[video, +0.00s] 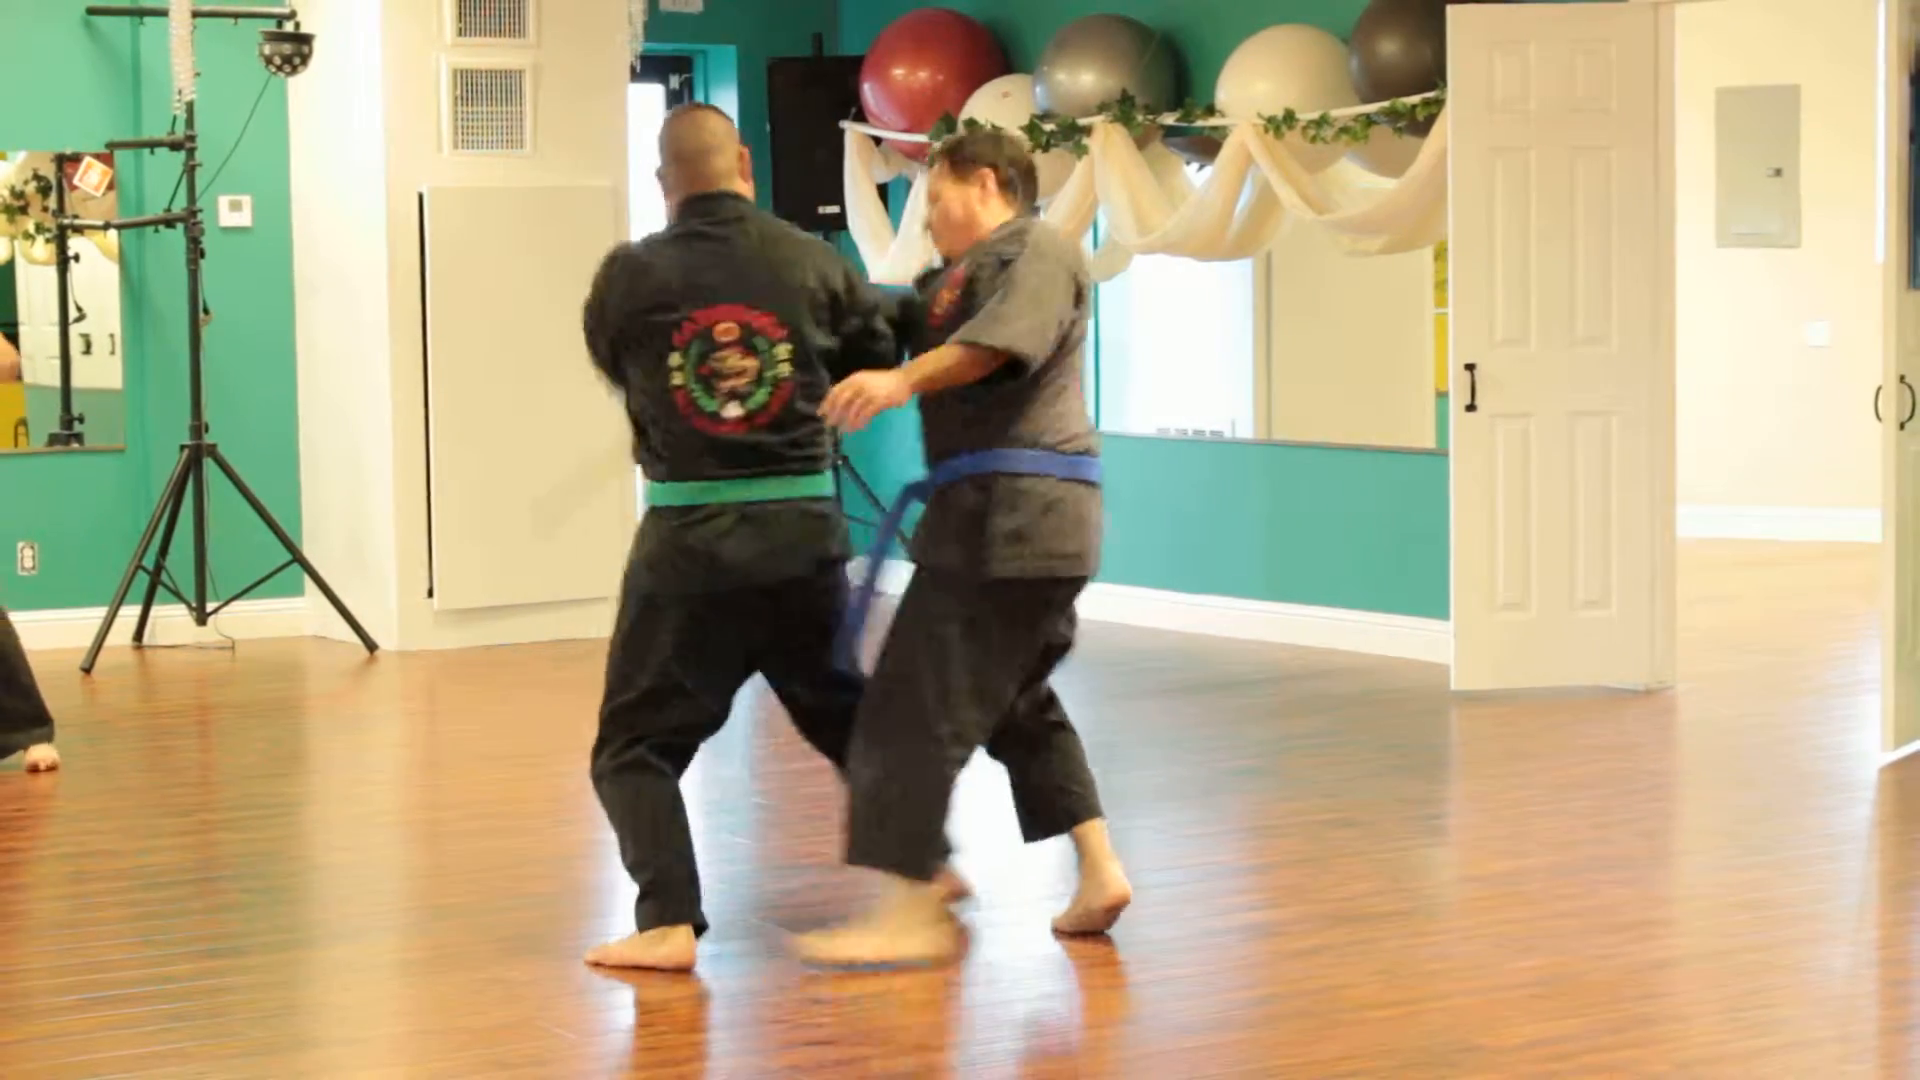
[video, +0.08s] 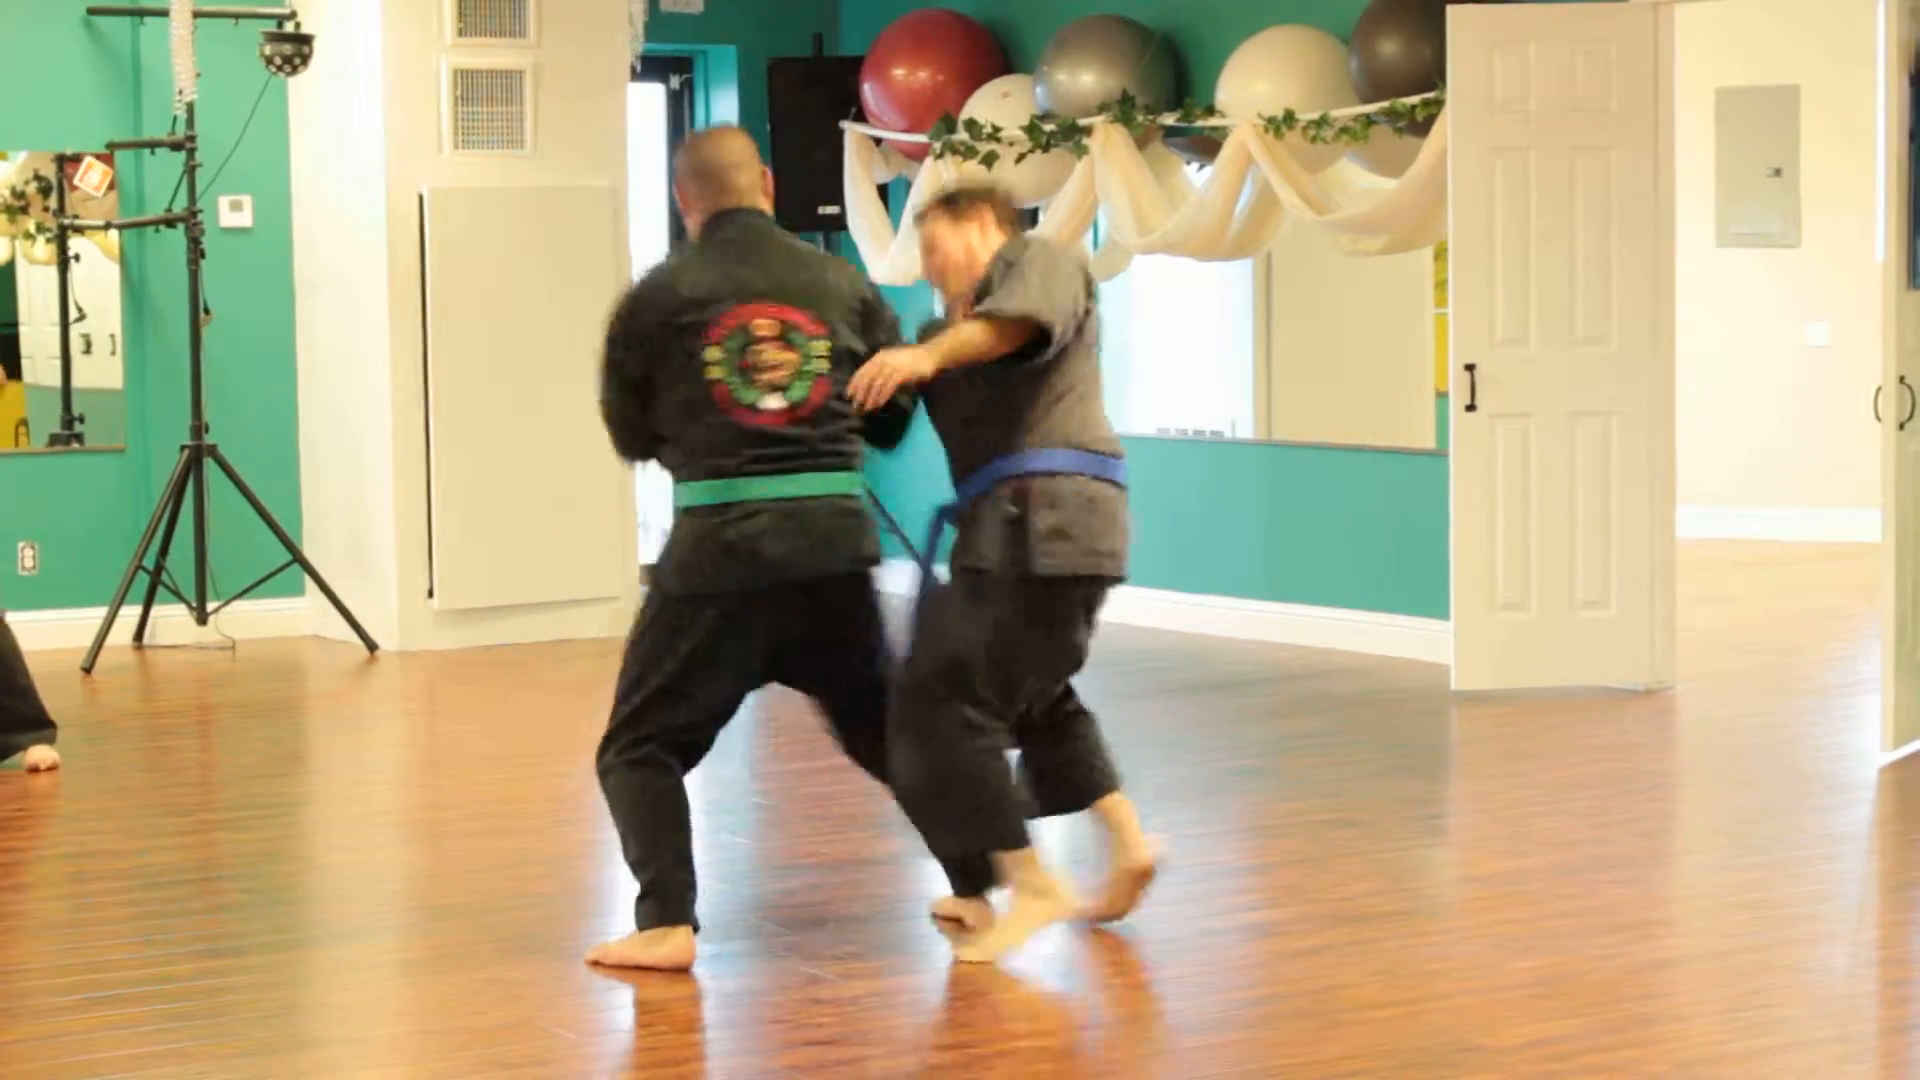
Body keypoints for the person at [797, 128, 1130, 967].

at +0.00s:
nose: (929, 218)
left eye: (937, 200)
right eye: (928, 203)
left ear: (985, 187)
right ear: (989, 191)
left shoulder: (1037, 248)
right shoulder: (961, 279)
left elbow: (1000, 339)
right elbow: (874, 323)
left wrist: (901, 381)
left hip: (1007, 513)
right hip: (1038, 515)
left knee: (914, 695)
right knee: (1014, 691)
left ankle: (907, 907)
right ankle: (1100, 865)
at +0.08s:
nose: (928, 258)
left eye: (934, 238)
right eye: (924, 244)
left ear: (982, 224)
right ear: (973, 229)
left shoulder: (1038, 256)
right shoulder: (970, 314)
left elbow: (1016, 321)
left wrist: (926, 355)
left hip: (1035, 519)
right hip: (1070, 523)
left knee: (938, 700)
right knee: (1034, 691)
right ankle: (1128, 841)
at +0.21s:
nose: (919, 370)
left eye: (926, 349)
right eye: (910, 360)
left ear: (967, 329)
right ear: (917, 362)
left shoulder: (1036, 359)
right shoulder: (942, 412)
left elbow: (1068, 335)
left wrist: (974, 330)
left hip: (1096, 565)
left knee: (977, 719)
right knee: (1041, 740)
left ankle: (1054, 914)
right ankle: (1225, 805)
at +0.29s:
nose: (935, 399)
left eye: (934, 389)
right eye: (924, 396)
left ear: (964, 394)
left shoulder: (1027, 413)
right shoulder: (961, 474)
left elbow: (1066, 374)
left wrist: (1009, 347)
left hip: (1133, 590)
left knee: (1018, 711)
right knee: (1070, 796)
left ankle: (1057, 914)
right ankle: (1260, 832)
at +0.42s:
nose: (972, 546)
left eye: (970, 530)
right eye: (961, 536)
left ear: (994, 516)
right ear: (978, 530)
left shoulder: (1016, 502)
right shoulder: (984, 595)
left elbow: (1058, 444)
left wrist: (1056, 389)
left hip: (1169, 631)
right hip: (1107, 687)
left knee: (1111, 709)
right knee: (1068, 873)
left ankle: (1149, 874)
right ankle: (1244, 847)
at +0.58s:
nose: (919, 702)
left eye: (916, 699)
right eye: (914, 709)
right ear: (913, 726)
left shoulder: (988, 620)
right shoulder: (935, 746)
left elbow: (1004, 525)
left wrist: (988, 444)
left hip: (1145, 698)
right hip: (1103, 774)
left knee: (1262, 704)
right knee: (1079, 869)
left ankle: (1420, 776)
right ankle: (1232, 866)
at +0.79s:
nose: (917, 719)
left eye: (912, 712)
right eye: (905, 722)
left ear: (891, 718)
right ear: (875, 745)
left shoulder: (928, 744)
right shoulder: (883, 836)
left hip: (1081, 756)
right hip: (1086, 819)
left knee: (1172, 620)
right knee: (1132, 682)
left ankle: (1310, 695)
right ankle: (1273, 742)